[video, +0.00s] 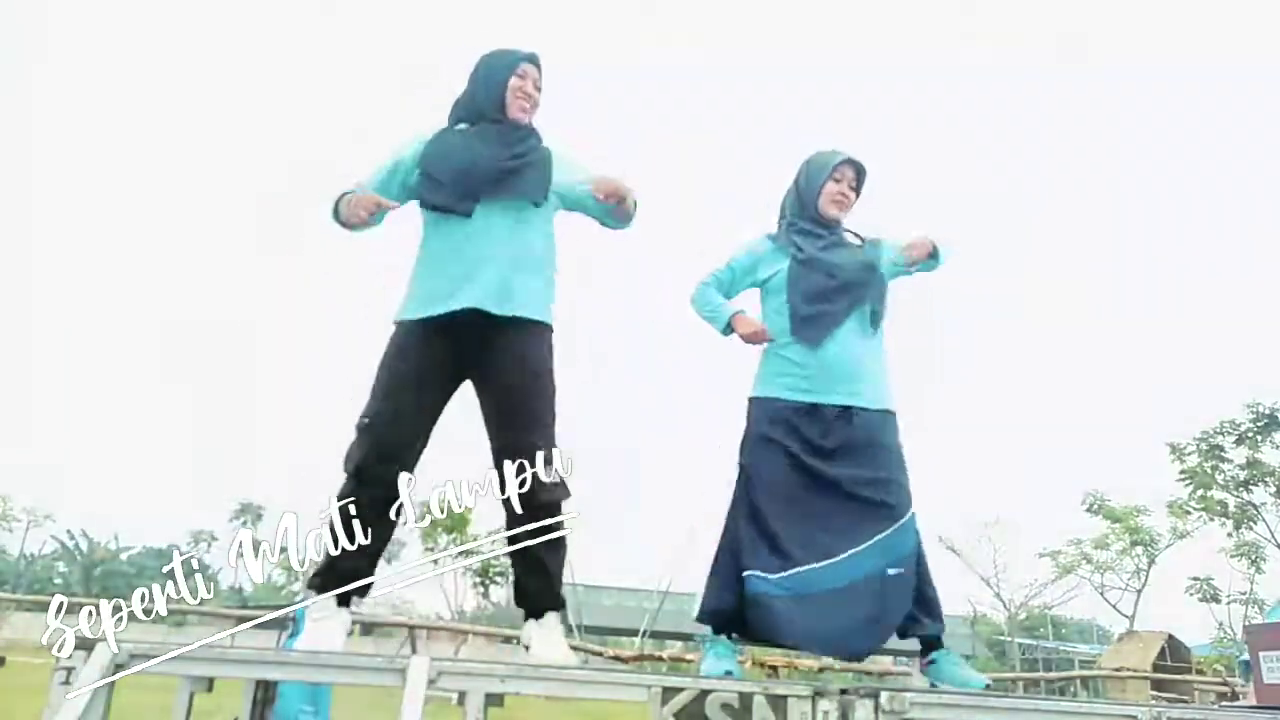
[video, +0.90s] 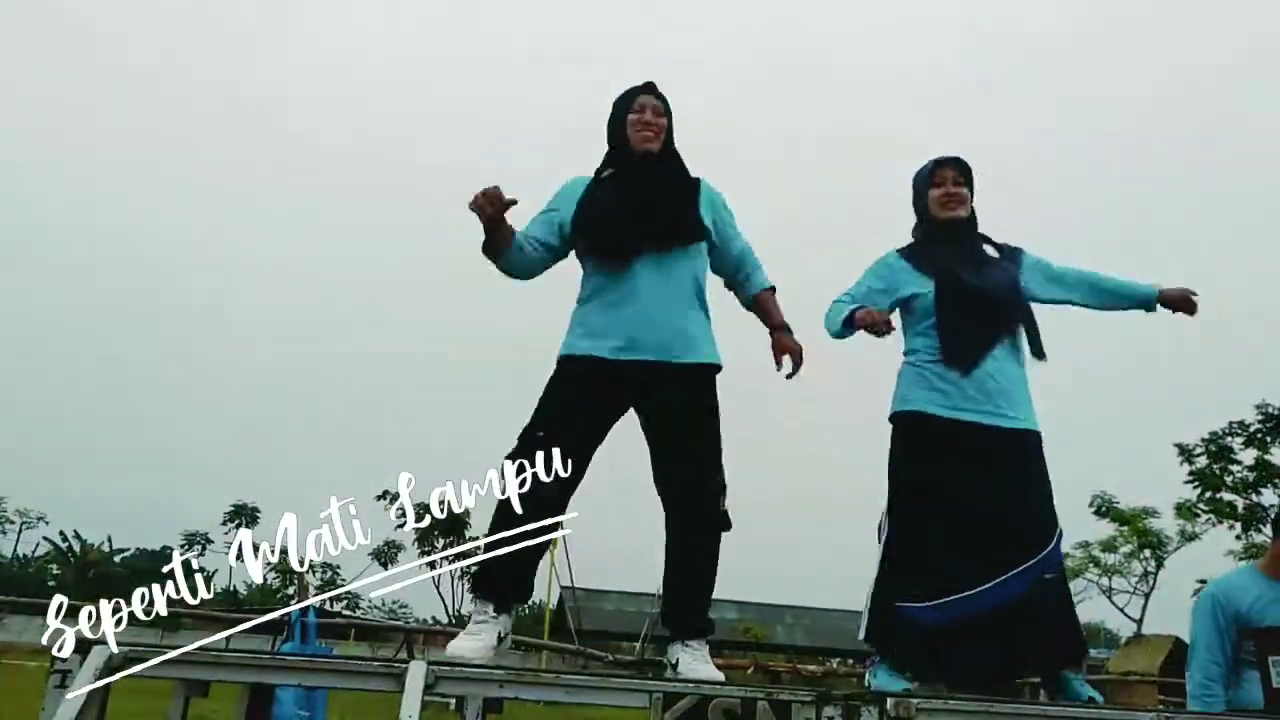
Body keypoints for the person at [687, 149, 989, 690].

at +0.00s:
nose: (845, 193)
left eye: (853, 189)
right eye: (837, 183)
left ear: (856, 201)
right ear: (809, 183)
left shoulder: (869, 253)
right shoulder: (770, 249)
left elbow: (911, 258)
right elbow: (705, 292)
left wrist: (925, 252)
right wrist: (736, 318)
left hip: (864, 404)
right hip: (784, 400)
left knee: (897, 521)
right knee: (755, 512)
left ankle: (933, 652)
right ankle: (721, 640)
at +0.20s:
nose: (882, 195)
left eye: (889, 190)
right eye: (872, 185)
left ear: (893, 204)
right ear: (845, 191)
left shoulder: (917, 260)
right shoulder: (818, 258)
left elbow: (987, 251)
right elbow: (759, 312)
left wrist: (942, 232)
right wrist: (802, 338)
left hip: (919, 412)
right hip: (844, 407)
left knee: (933, 530)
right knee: (825, 524)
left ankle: (945, 661)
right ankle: (787, 640)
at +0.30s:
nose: (892, 198)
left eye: (899, 192)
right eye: (881, 189)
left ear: (906, 203)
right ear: (855, 198)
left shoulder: (924, 259)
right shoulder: (829, 260)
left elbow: (986, 274)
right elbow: (779, 321)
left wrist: (927, 236)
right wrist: (822, 341)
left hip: (930, 408)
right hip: (859, 405)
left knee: (942, 525)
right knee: (865, 524)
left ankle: (946, 657)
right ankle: (868, 649)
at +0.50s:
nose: (909, 202)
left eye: (917, 198)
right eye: (899, 193)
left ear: (923, 209)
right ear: (872, 197)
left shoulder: (938, 270)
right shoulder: (840, 264)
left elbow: (998, 308)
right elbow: (791, 325)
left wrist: (1010, 264)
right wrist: (837, 349)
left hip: (951, 415)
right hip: (880, 414)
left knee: (983, 524)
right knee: (887, 536)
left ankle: (971, 660)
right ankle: (883, 659)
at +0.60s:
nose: (919, 190)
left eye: (926, 185)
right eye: (908, 181)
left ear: (933, 197)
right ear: (882, 187)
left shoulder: (952, 260)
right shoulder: (851, 253)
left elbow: (1019, 291)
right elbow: (796, 308)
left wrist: (1074, 258)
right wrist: (836, 337)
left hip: (962, 410)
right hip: (884, 410)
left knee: (1009, 521)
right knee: (885, 532)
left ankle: (1017, 657)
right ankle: (885, 657)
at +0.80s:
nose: (938, 189)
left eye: (948, 182)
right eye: (926, 181)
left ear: (959, 195)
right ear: (904, 193)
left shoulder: (988, 258)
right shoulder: (882, 258)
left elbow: (1060, 273)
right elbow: (818, 305)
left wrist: (1140, 272)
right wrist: (832, 329)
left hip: (987, 411)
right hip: (908, 408)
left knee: (1026, 530)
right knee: (899, 530)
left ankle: (1061, 665)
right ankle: (884, 659)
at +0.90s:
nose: (950, 191)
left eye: (959, 183)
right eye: (938, 185)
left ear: (974, 198)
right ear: (920, 202)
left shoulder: (1010, 261)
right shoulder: (900, 264)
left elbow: (1079, 284)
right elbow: (836, 313)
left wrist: (1156, 295)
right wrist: (858, 315)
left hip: (1007, 417)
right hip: (929, 413)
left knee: (1035, 538)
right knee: (916, 534)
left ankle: (1059, 668)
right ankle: (891, 660)